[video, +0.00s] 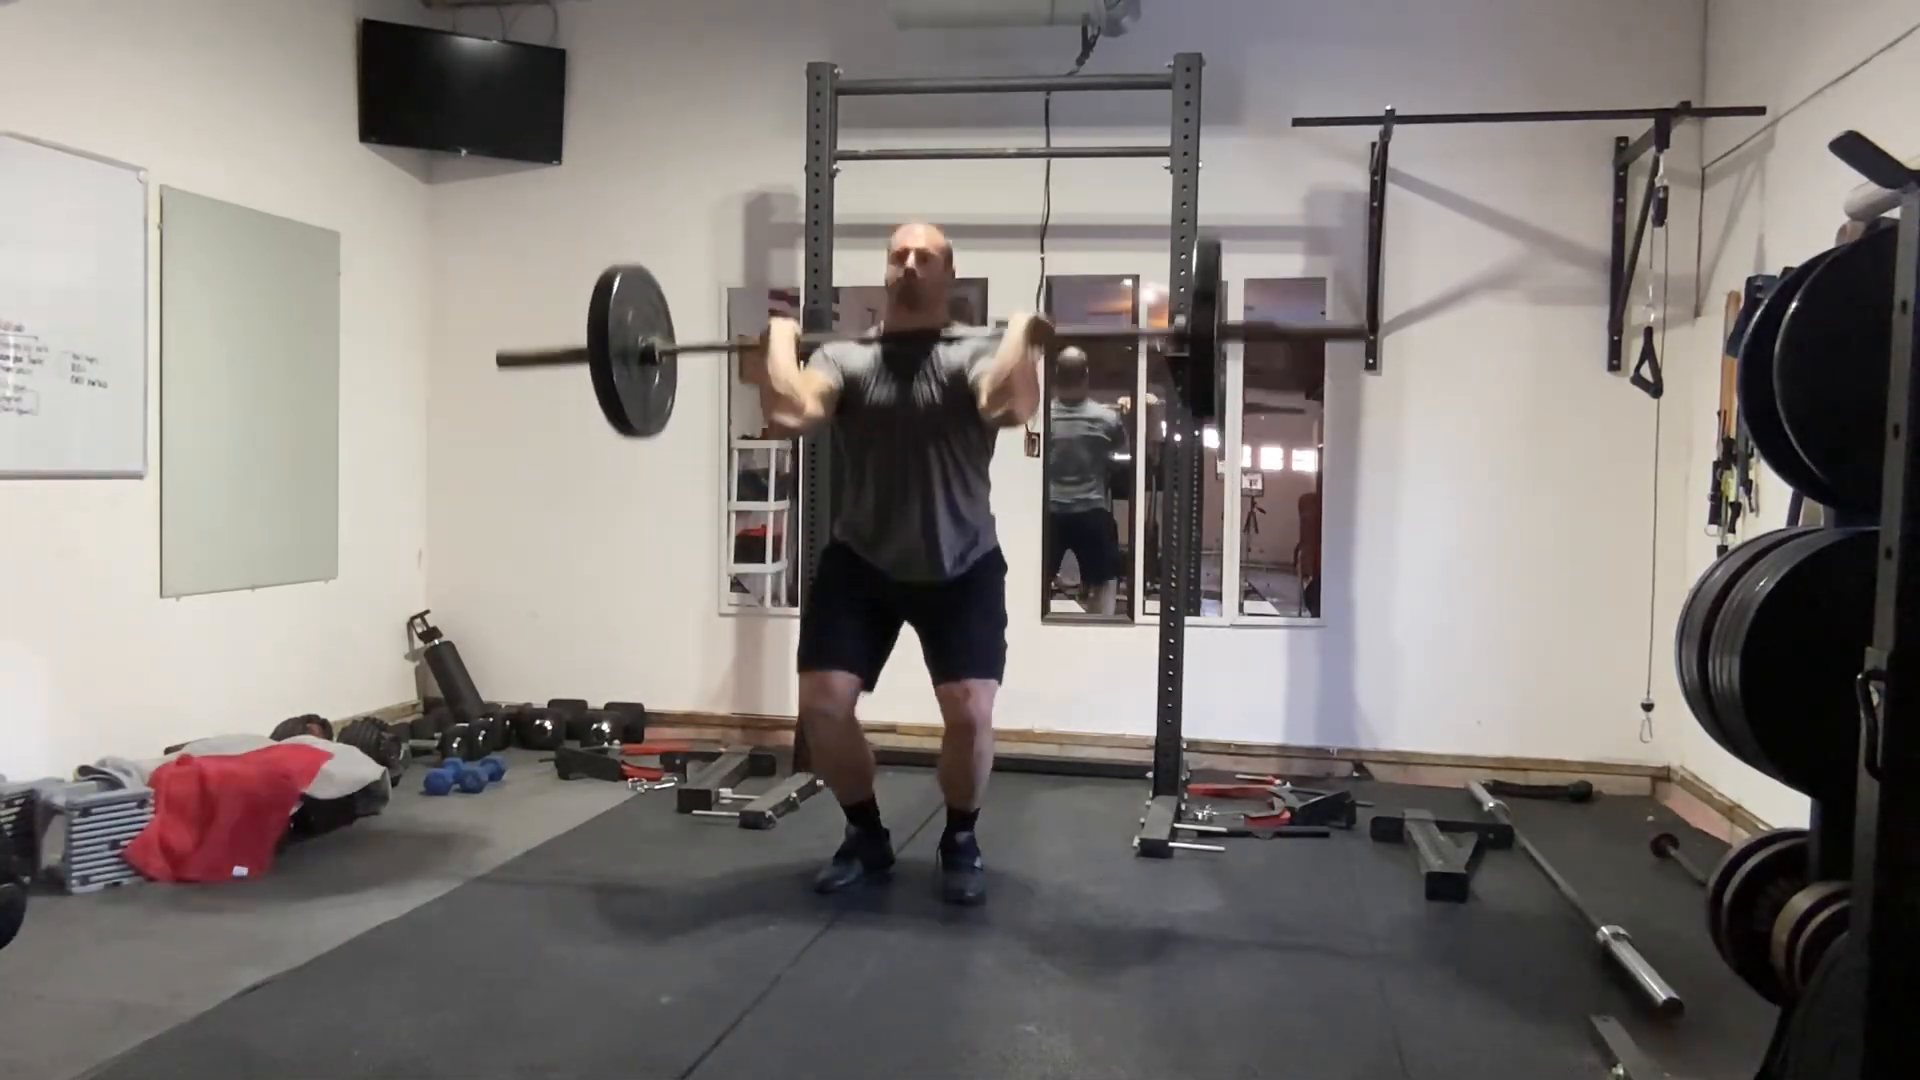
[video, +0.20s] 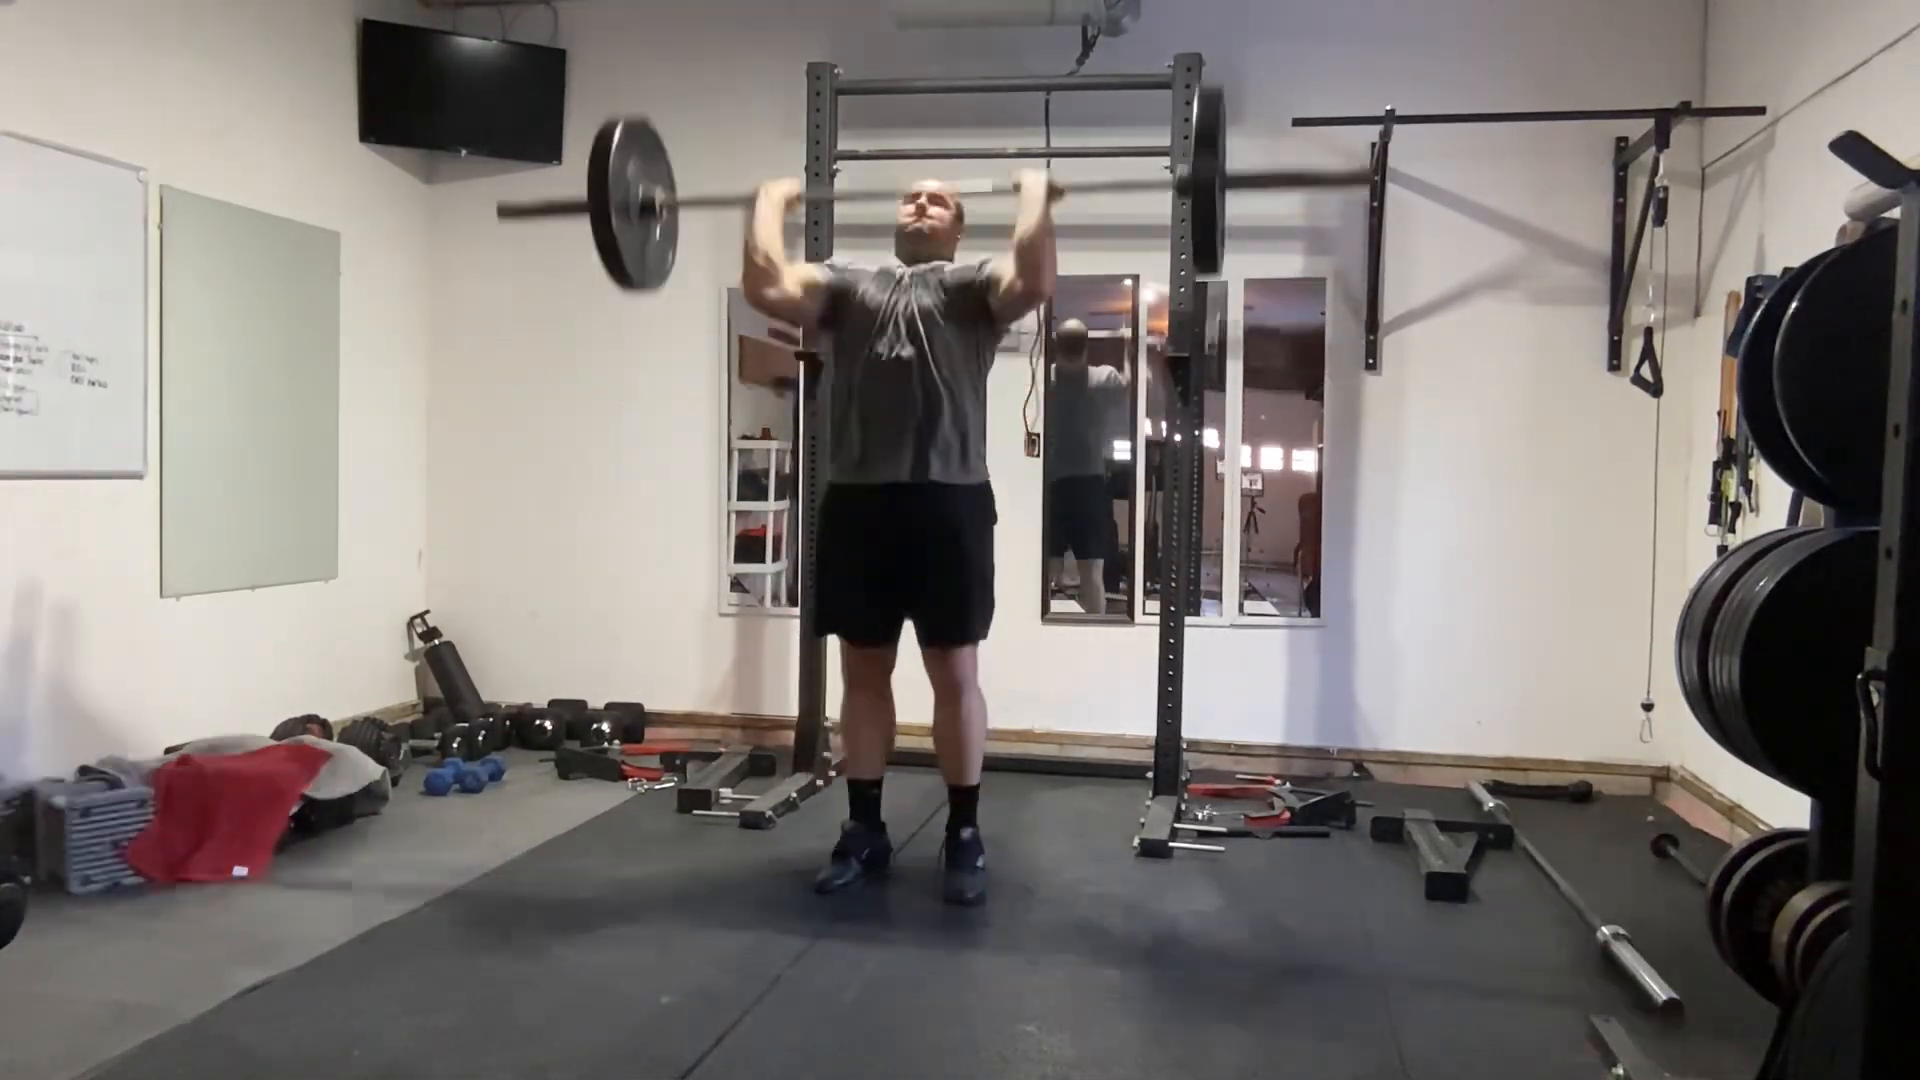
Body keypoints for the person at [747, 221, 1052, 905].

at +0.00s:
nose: (909, 267)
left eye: (925, 258)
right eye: (898, 257)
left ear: (951, 279)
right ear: (884, 276)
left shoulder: (978, 352)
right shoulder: (845, 359)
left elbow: (1014, 404)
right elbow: (793, 403)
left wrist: (1022, 332)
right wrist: (781, 333)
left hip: (958, 565)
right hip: (860, 560)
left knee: (969, 713)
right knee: (822, 702)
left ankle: (960, 843)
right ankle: (867, 840)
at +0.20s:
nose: (920, 204)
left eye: (936, 201)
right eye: (910, 199)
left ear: (960, 229)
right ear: (893, 222)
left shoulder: (971, 285)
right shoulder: (852, 284)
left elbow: (1033, 283)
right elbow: (766, 283)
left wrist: (1037, 193)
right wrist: (769, 199)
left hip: (948, 498)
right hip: (857, 497)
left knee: (953, 671)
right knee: (863, 670)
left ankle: (964, 836)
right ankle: (863, 833)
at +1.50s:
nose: (908, 219)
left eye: (926, 214)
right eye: (900, 213)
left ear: (954, 244)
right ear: (885, 241)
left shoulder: (972, 317)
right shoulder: (848, 320)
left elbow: (1017, 378)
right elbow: (774, 389)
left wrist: (1034, 291)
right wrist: (769, 301)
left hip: (948, 527)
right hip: (856, 524)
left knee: (950, 688)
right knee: (846, 684)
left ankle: (959, 841)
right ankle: (867, 840)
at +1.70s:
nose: (864, 459)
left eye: (877, 447)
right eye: (853, 445)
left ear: (905, 429)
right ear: (837, 432)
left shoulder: (958, 467)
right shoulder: (810, 470)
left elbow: (1013, 574)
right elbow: (779, 573)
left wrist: (1023, 689)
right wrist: (762, 675)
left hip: (956, 554)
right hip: (862, 555)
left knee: (965, 682)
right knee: (839, 672)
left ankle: (946, 828)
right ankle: (856, 829)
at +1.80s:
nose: (871, 387)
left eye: (884, 372)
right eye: (859, 372)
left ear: (914, 363)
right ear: (843, 367)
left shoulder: (962, 420)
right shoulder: (819, 420)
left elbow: (1019, 522)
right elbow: (782, 515)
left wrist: (1025, 634)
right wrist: (765, 619)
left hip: (962, 542)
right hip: (869, 539)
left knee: (963, 674)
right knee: (853, 669)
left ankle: (946, 826)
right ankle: (856, 827)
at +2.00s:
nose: (890, 254)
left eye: (902, 241)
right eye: (880, 242)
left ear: (934, 249)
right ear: (867, 252)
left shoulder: (977, 331)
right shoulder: (834, 330)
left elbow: (1038, 422)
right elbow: (787, 424)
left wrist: (1032, 525)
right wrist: (765, 517)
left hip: (959, 536)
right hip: (864, 533)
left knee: (952, 676)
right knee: (859, 668)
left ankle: (944, 830)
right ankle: (856, 826)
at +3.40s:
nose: (912, 216)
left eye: (926, 211)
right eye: (903, 211)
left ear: (950, 237)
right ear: (888, 235)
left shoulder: (979, 295)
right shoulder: (847, 292)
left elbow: (1037, 362)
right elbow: (782, 354)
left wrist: (1021, 431)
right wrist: (760, 425)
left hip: (940, 482)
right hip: (847, 480)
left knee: (934, 646)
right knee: (844, 647)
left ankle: (938, 816)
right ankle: (842, 808)